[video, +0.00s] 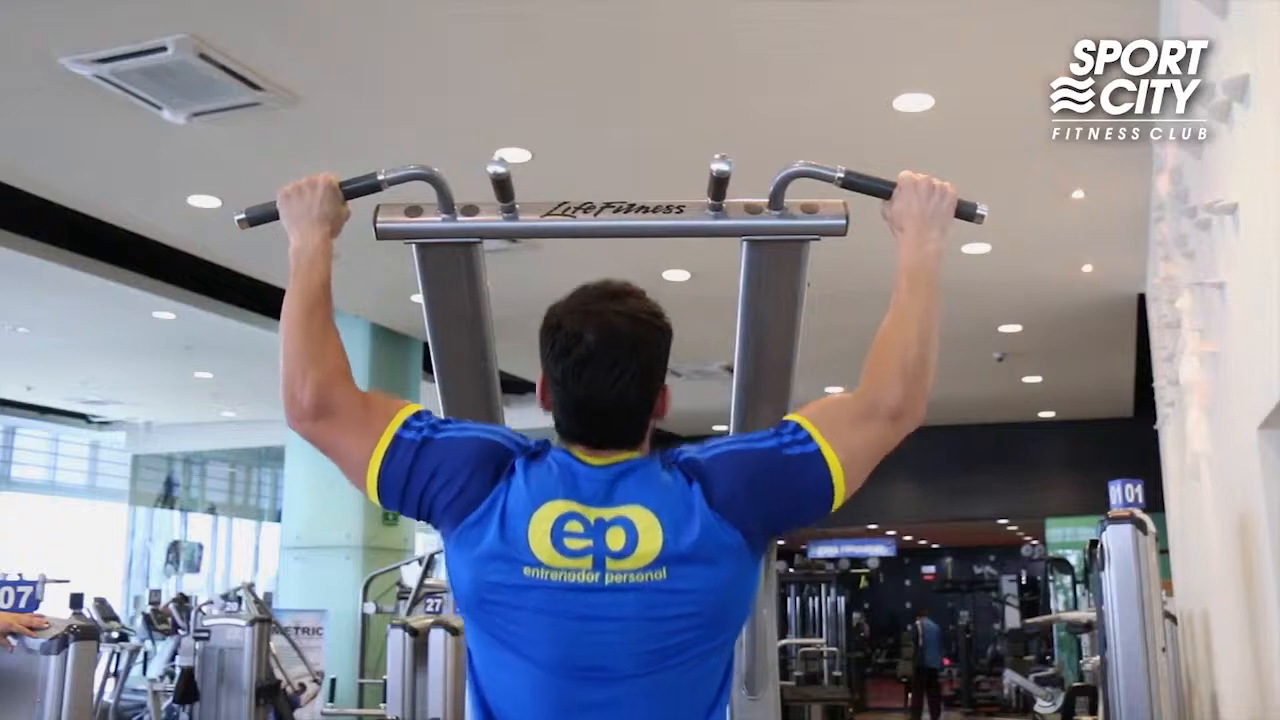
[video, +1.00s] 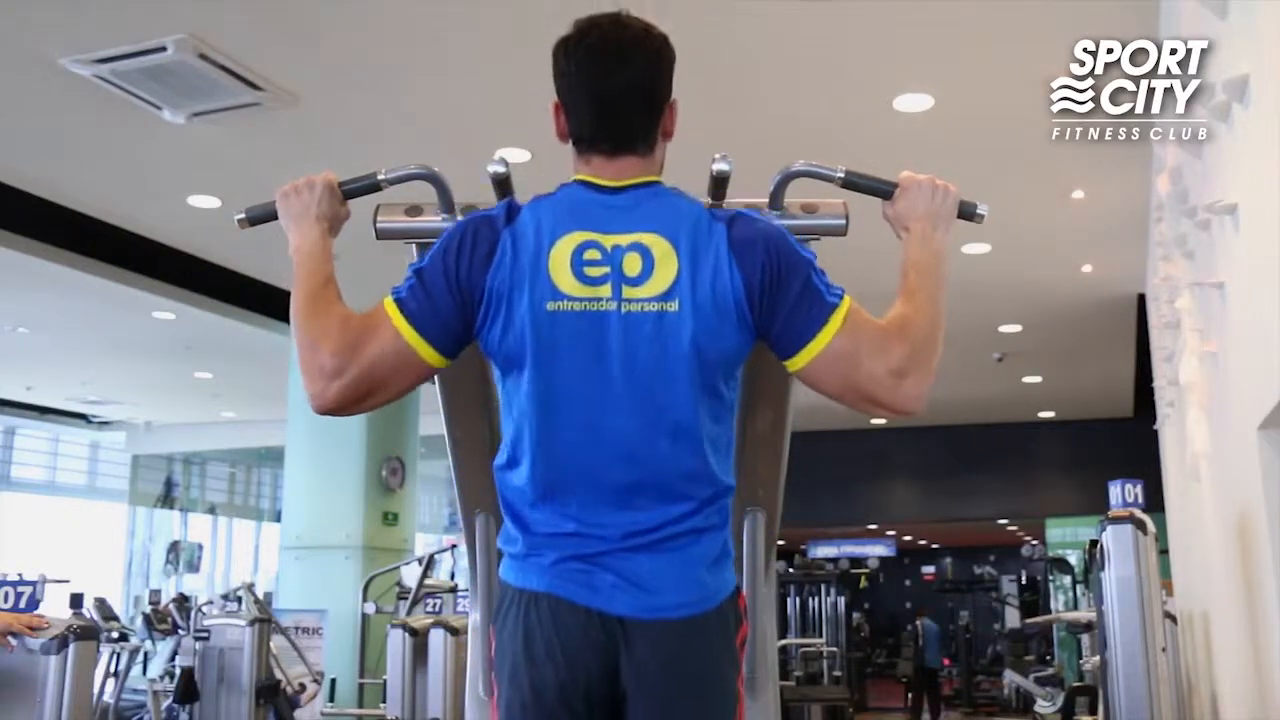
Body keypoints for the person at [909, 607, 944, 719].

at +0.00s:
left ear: (917, 615)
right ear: (927, 614)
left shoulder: (917, 625)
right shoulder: (935, 626)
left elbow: (917, 644)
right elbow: (938, 645)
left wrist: (914, 659)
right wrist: (938, 660)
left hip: (921, 664)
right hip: (934, 664)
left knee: (917, 692)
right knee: (934, 692)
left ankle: (916, 714)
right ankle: (935, 715)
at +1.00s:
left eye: (917, 616)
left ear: (917, 615)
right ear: (927, 615)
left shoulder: (917, 625)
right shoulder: (935, 626)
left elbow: (917, 644)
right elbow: (938, 646)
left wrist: (914, 659)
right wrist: (938, 661)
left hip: (921, 664)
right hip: (934, 664)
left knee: (917, 692)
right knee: (934, 692)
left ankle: (916, 714)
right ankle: (935, 715)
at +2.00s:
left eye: (917, 616)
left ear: (917, 615)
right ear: (927, 615)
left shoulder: (917, 626)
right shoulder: (935, 626)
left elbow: (917, 644)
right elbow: (938, 645)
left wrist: (914, 659)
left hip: (921, 664)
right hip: (934, 664)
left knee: (918, 692)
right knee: (933, 692)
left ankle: (916, 714)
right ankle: (935, 715)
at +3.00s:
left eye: (917, 616)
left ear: (917, 615)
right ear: (927, 615)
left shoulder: (917, 625)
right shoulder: (935, 626)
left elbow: (917, 644)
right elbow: (938, 645)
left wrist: (914, 658)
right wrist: (938, 660)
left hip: (920, 663)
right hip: (934, 664)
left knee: (917, 692)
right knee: (933, 691)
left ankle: (916, 714)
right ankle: (935, 715)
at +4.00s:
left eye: (917, 616)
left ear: (917, 615)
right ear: (927, 615)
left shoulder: (917, 625)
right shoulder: (935, 626)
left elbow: (917, 644)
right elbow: (938, 645)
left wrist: (914, 658)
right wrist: (938, 659)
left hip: (921, 664)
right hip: (934, 664)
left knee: (917, 692)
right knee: (933, 692)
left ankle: (916, 715)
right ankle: (935, 715)